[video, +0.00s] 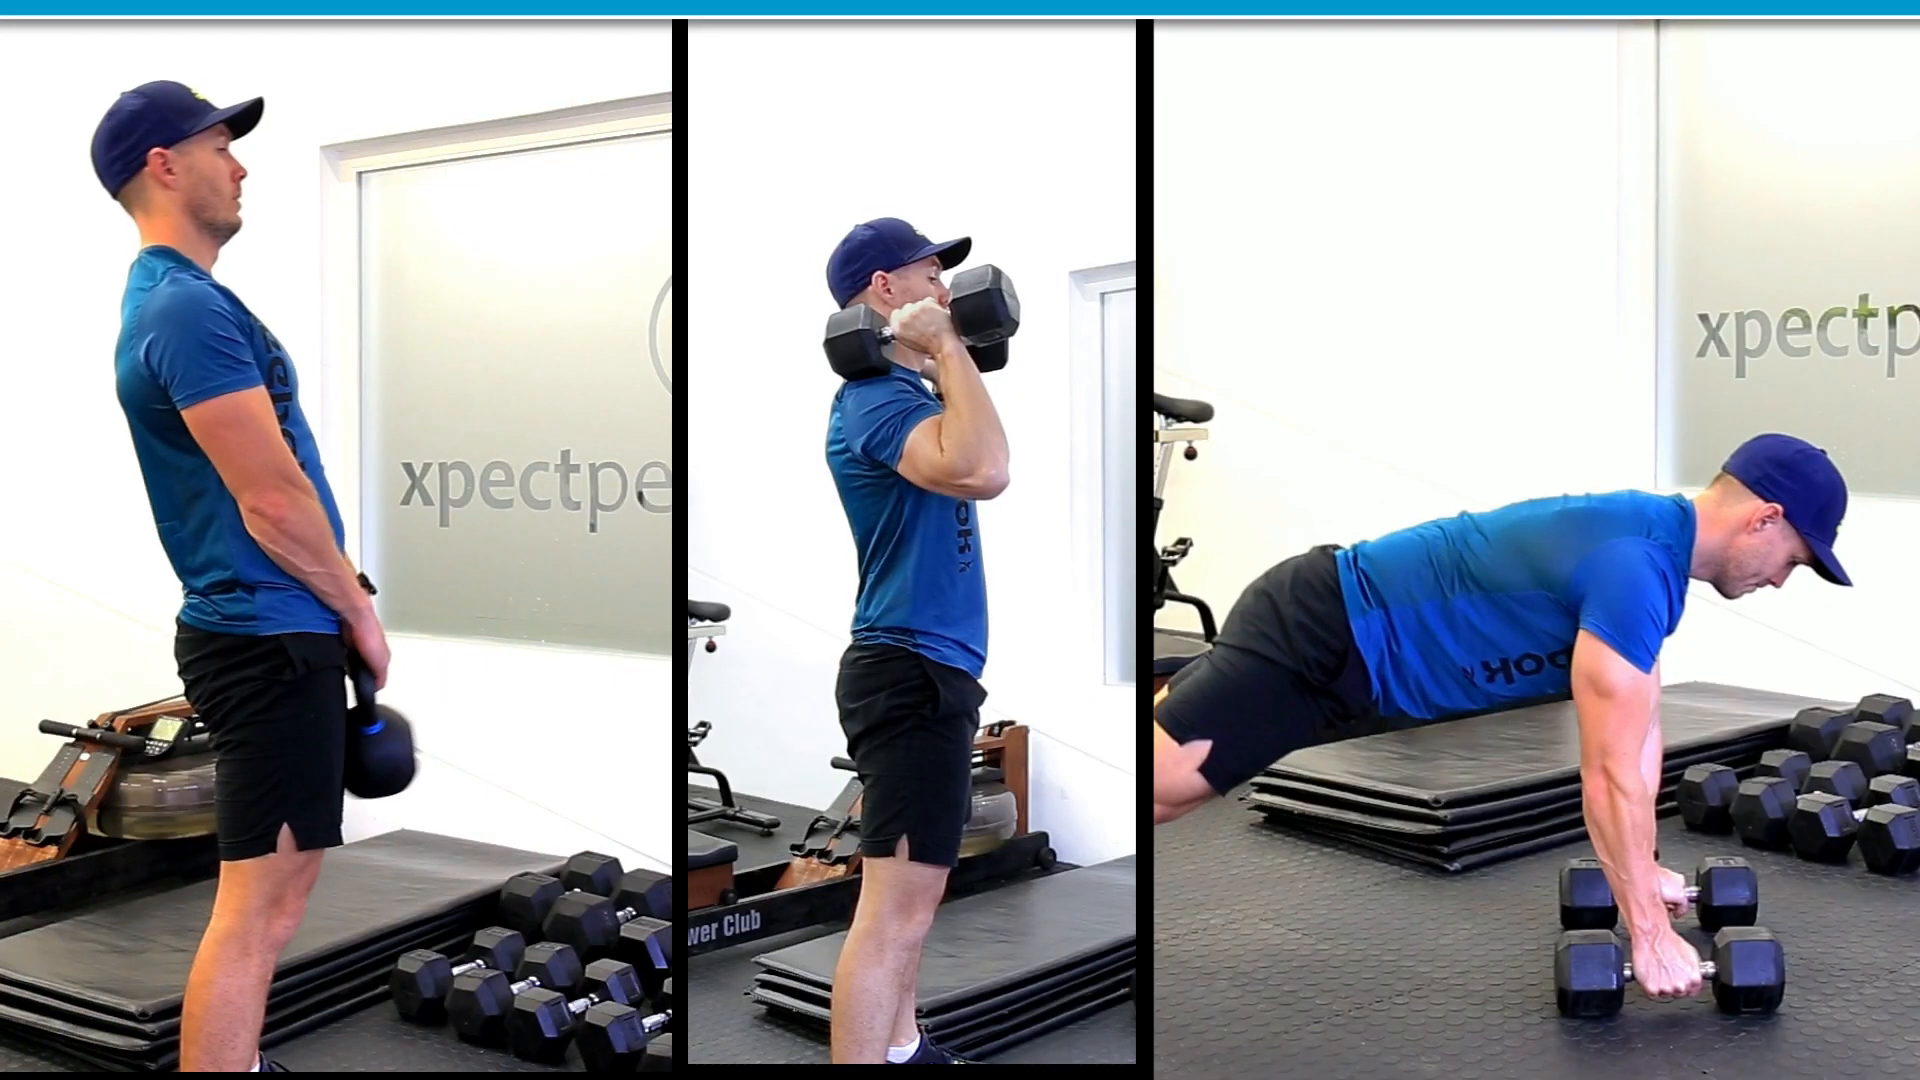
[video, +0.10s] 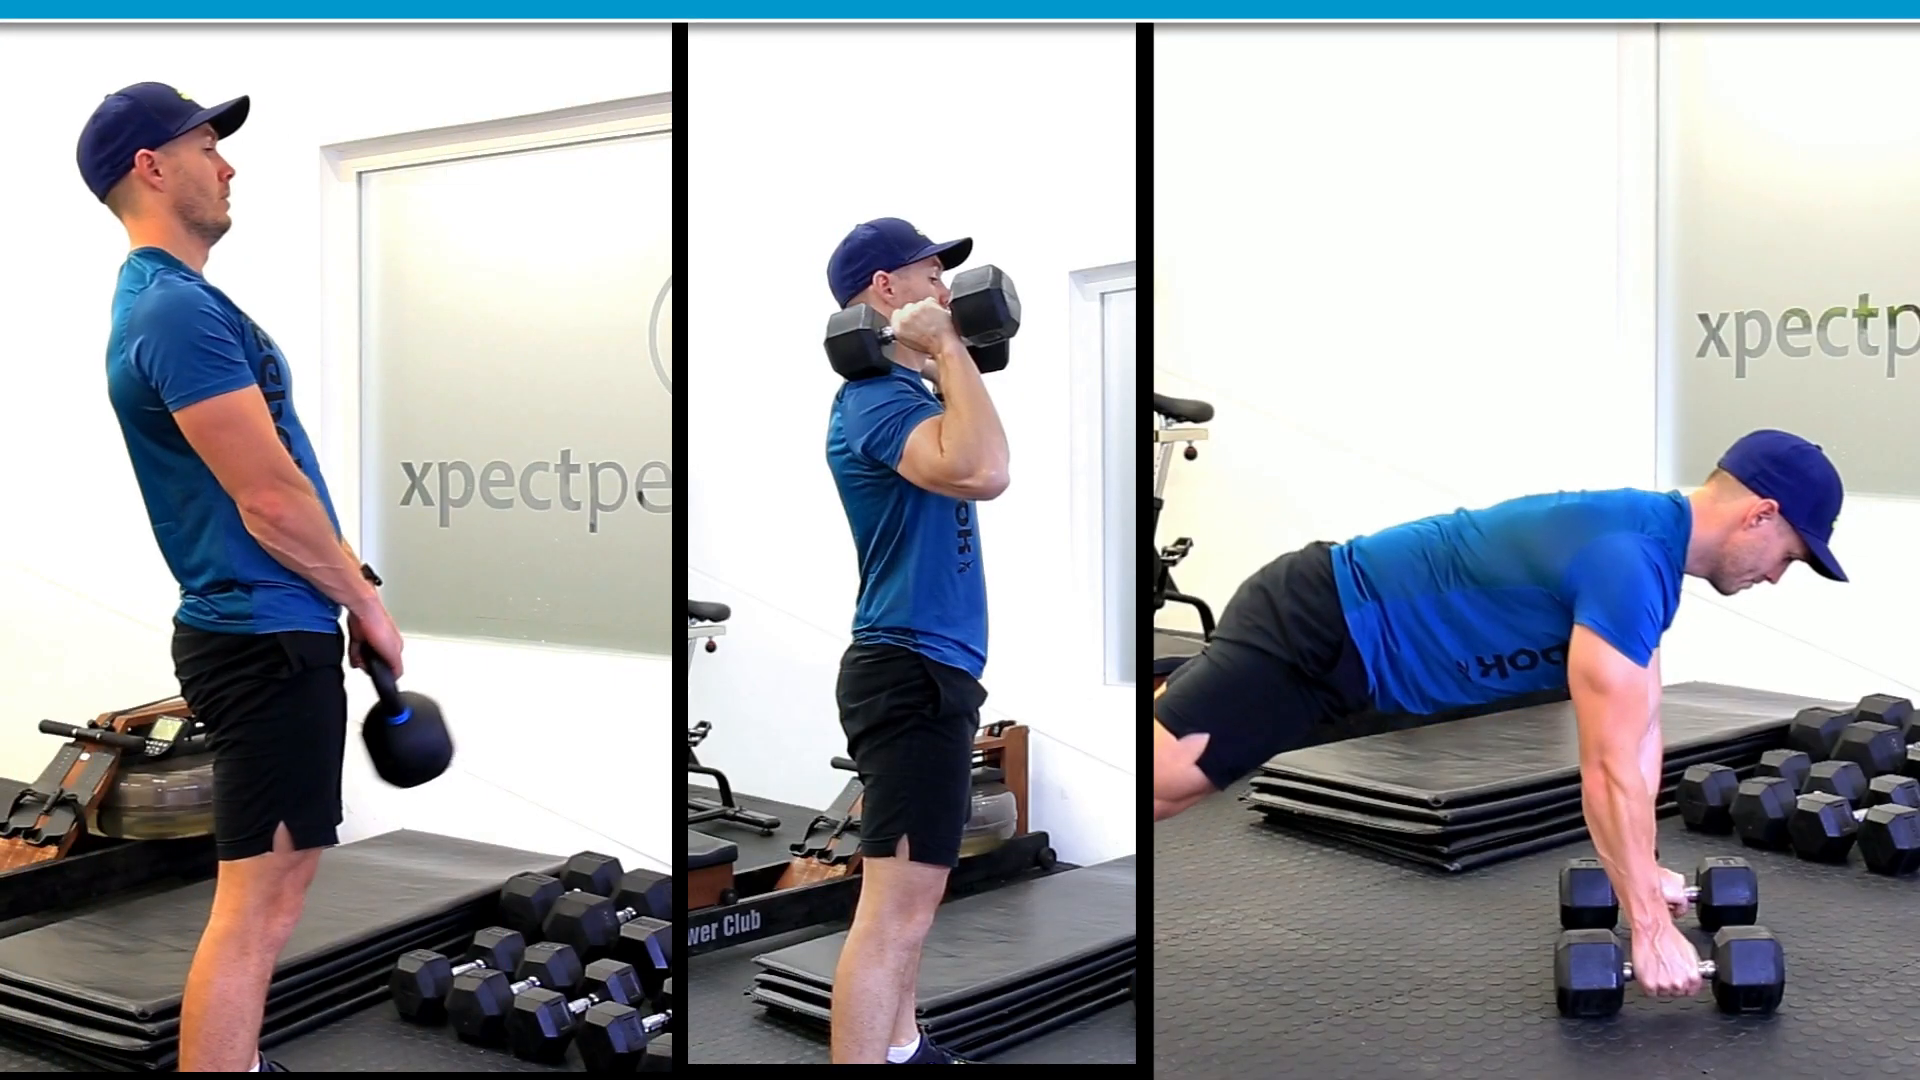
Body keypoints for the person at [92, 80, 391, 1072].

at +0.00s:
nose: (242, 165)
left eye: (233, 147)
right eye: (221, 145)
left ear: (159, 172)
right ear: (162, 167)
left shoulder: (172, 298)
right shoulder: (186, 305)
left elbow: (266, 496)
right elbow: (272, 503)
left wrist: (347, 597)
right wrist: (359, 612)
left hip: (269, 636)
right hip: (266, 642)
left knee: (268, 902)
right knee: (256, 911)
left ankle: (227, 1059)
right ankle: (216, 1066)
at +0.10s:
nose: (229, 165)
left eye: (220, 146)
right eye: (208, 147)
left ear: (149, 174)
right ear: (151, 169)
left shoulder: (166, 300)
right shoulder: (176, 308)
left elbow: (270, 490)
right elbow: (270, 499)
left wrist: (353, 588)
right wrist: (362, 597)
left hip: (266, 635)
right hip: (264, 641)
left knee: (269, 896)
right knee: (254, 908)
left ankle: (226, 1058)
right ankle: (215, 1065)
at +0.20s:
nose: (227, 162)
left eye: (218, 143)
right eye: (206, 144)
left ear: (150, 171)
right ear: (150, 166)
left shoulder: (174, 298)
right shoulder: (172, 307)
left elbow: (280, 479)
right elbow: (267, 496)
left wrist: (359, 578)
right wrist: (366, 593)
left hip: (261, 635)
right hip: (250, 640)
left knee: (264, 891)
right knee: (246, 904)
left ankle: (226, 1058)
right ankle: (211, 1066)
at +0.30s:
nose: (237, 159)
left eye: (228, 141)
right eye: (216, 141)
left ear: (161, 164)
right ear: (159, 160)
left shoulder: (186, 294)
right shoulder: (174, 302)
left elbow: (286, 473)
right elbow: (263, 490)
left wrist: (363, 582)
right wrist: (367, 593)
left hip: (251, 635)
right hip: (234, 640)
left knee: (267, 883)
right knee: (243, 907)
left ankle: (230, 1056)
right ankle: (210, 1068)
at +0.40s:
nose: (261, 155)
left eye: (253, 137)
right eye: (241, 136)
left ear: (183, 157)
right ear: (181, 153)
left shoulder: (198, 286)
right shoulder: (191, 295)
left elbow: (278, 477)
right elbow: (268, 489)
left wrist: (357, 592)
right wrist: (359, 601)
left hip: (230, 630)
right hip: (202, 637)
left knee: (288, 848)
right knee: (251, 903)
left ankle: (232, 1047)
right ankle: (212, 1070)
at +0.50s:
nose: (299, 167)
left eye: (293, 148)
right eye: (281, 146)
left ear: (223, 164)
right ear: (222, 160)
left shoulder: (226, 293)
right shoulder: (214, 301)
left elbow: (272, 497)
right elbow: (262, 509)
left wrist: (336, 618)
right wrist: (339, 629)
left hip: (204, 636)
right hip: (171, 642)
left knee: (274, 847)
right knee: (240, 904)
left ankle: (224, 1040)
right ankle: (208, 1068)